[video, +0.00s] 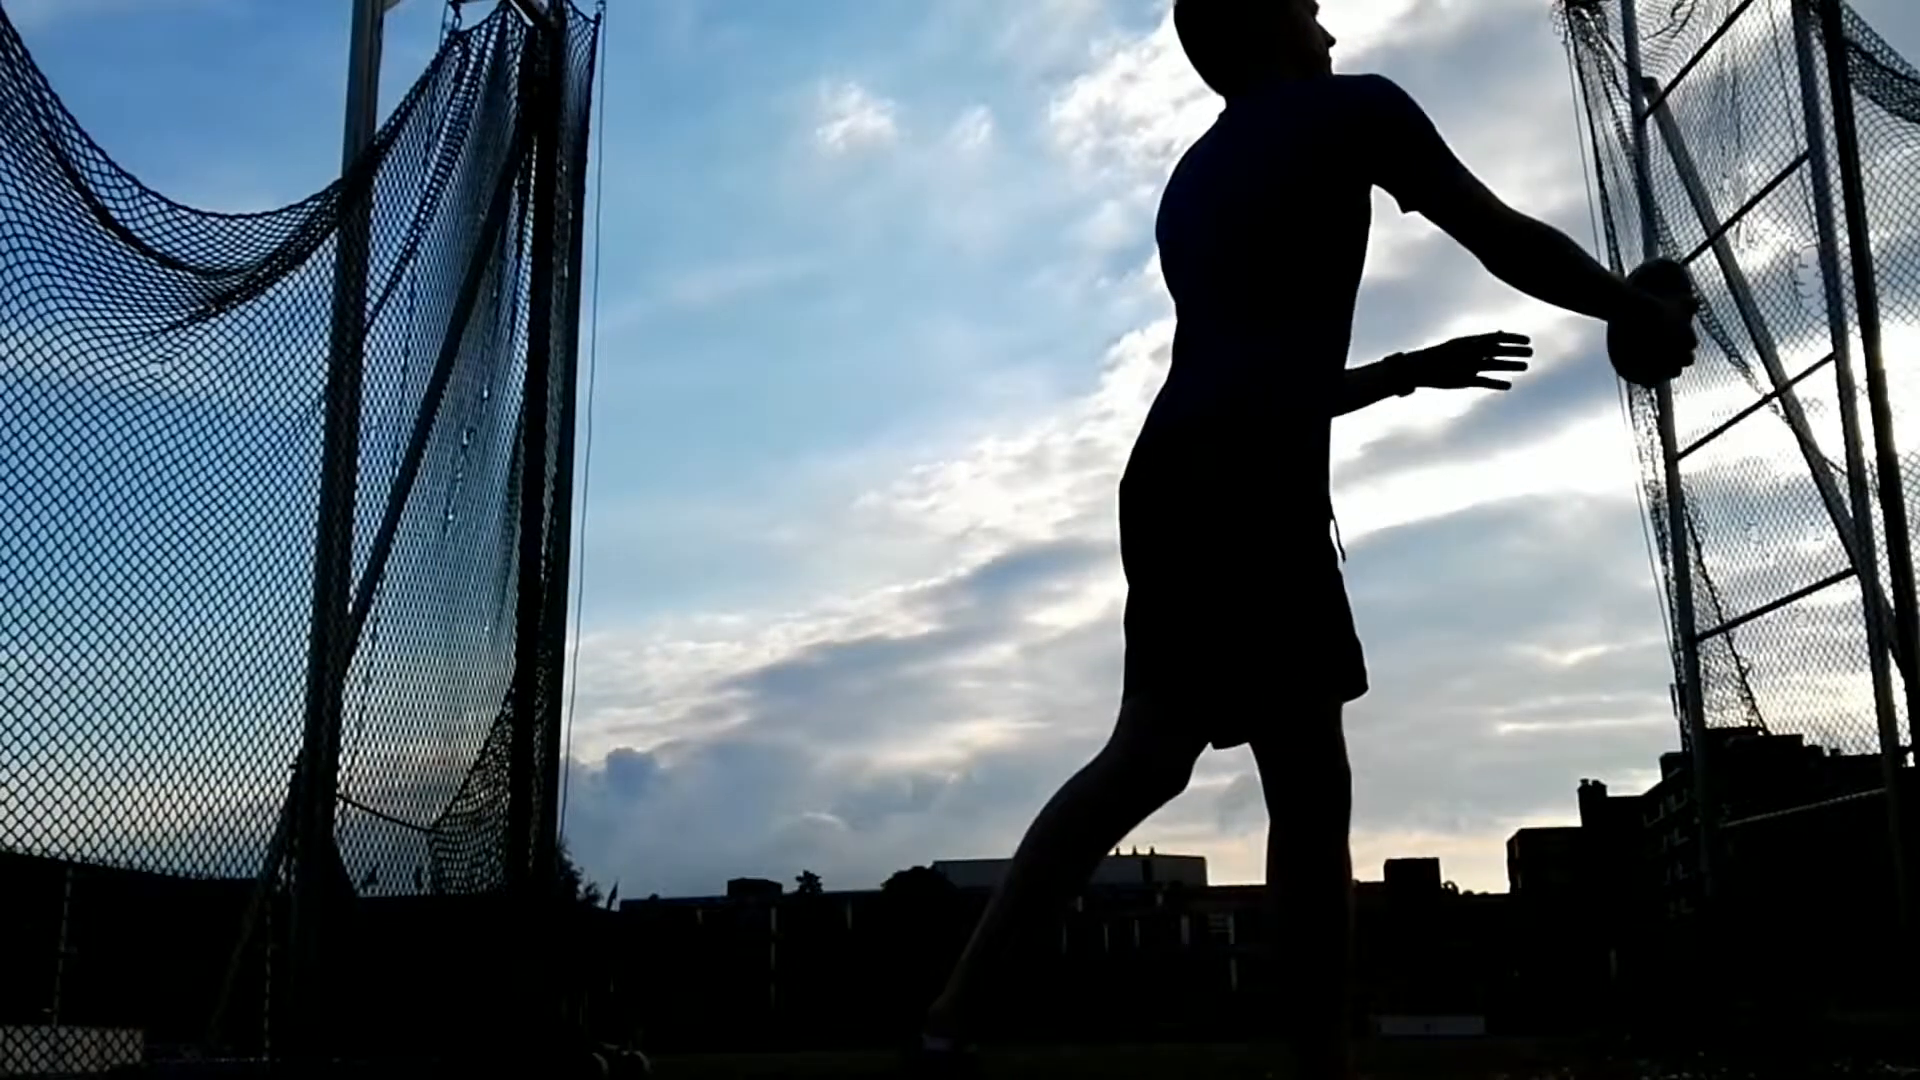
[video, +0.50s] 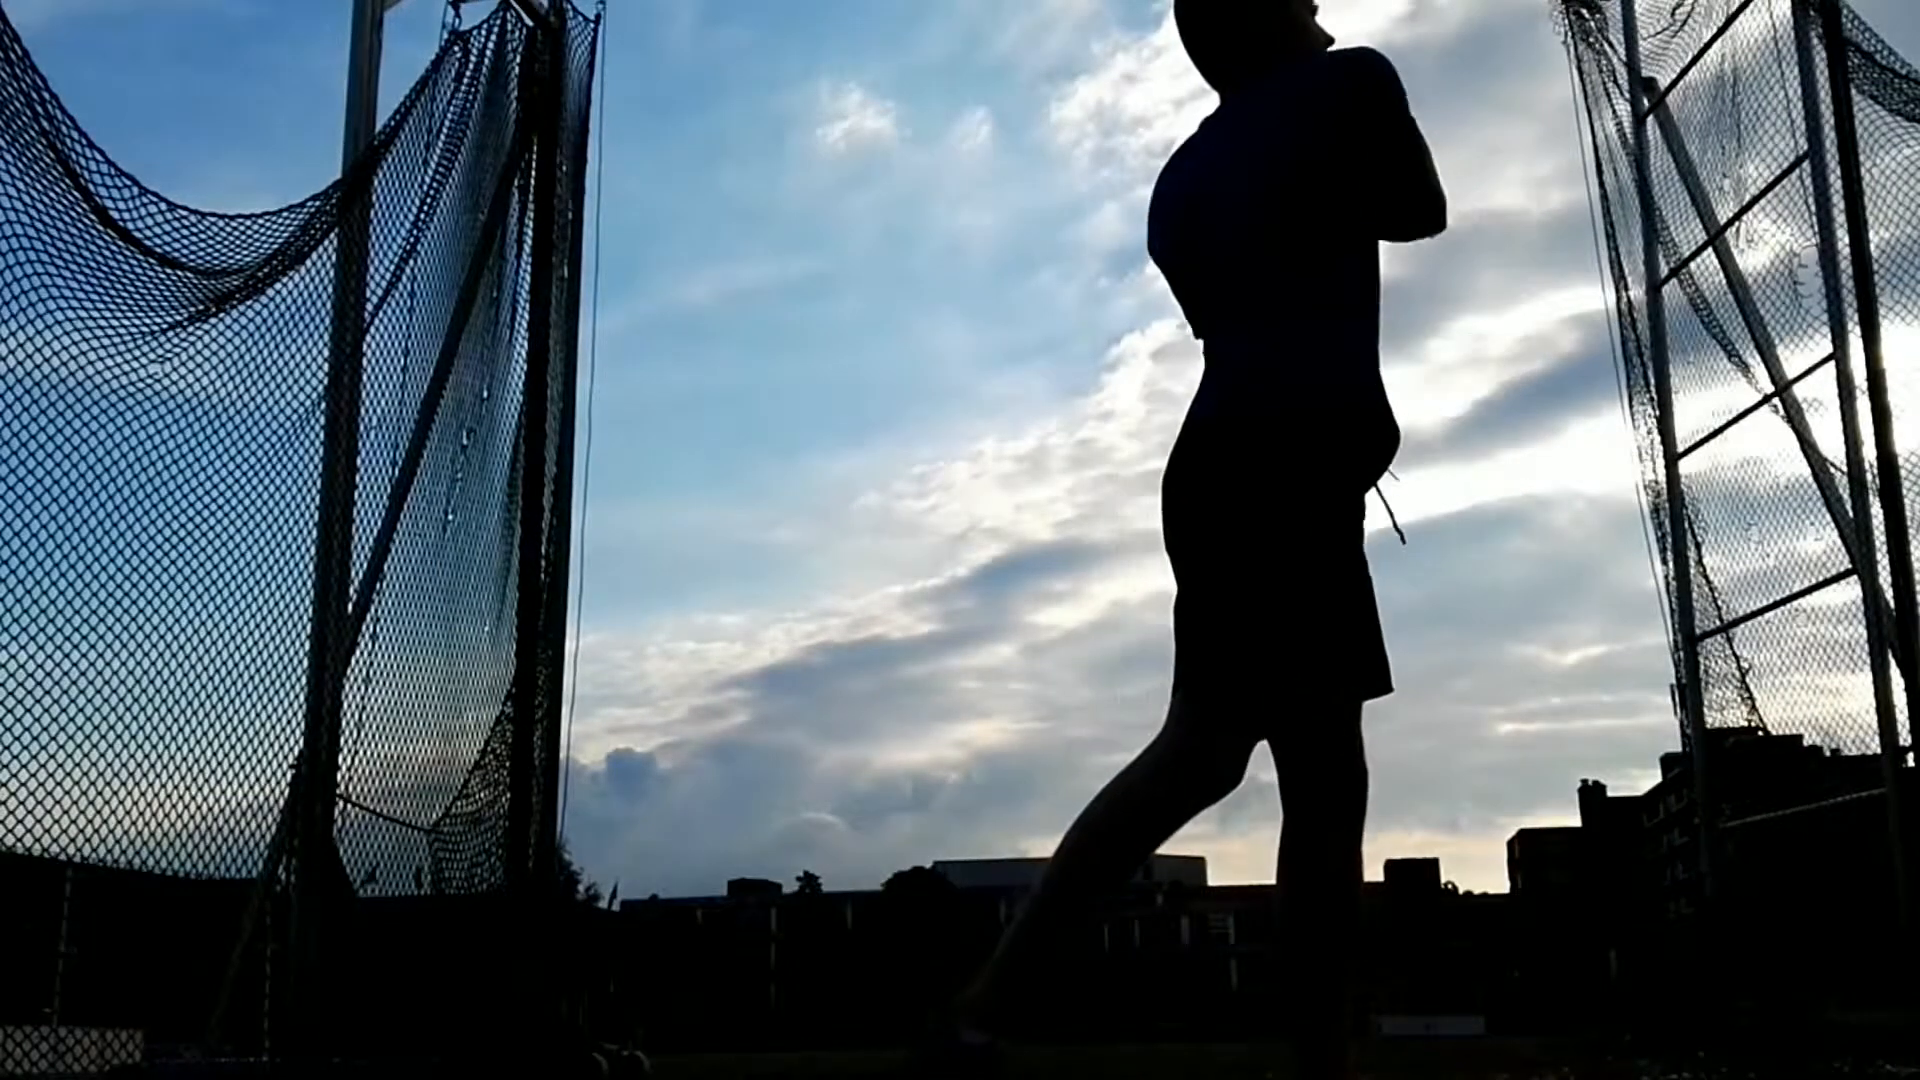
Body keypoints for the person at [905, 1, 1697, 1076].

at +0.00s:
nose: (1325, 26)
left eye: (1312, 9)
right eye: (1306, 12)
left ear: (1215, 55)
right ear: (1276, 28)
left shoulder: (1192, 183)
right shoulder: (1358, 107)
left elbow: (1258, 394)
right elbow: (1501, 238)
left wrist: (1413, 371)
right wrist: (1625, 303)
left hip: (1169, 490)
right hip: (1263, 490)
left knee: (1144, 758)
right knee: (1308, 785)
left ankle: (963, 1003)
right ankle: (1318, 1057)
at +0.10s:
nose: (1320, 27)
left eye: (1307, 12)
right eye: (1303, 13)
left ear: (1213, 54)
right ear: (1279, 27)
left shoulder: (1188, 186)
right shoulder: (1355, 98)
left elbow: (1272, 381)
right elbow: (1491, 234)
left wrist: (1407, 351)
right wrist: (1580, 295)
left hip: (1180, 486)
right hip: (1274, 486)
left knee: (1157, 756)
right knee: (1313, 783)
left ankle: (965, 1006)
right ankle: (1321, 1053)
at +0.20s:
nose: (1323, 24)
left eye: (1310, 9)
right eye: (1306, 10)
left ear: (1207, 50)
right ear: (1286, 22)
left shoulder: (1186, 183)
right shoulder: (1358, 91)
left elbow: (1268, 369)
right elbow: (1490, 241)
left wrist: (1393, 337)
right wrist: (1489, 290)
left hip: (1190, 485)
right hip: (1279, 486)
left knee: (1170, 753)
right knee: (1315, 785)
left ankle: (976, 998)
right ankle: (1319, 1055)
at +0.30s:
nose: (1319, 24)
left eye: (1309, 10)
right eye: (1305, 10)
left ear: (1206, 51)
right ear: (1282, 21)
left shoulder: (1182, 187)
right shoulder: (1355, 85)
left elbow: (1293, 329)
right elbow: (1458, 227)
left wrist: (1399, 275)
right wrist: (1409, 264)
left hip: (1202, 479)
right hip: (1288, 476)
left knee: (1182, 750)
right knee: (1317, 780)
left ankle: (987, 996)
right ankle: (1319, 1046)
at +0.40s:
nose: (1318, 22)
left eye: (1307, 9)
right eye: (1304, 8)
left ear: (1203, 48)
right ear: (1283, 19)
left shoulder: (1179, 187)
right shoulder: (1352, 80)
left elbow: (1239, 330)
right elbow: (1438, 224)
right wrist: (1342, 228)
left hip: (1207, 474)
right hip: (1302, 469)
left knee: (1190, 749)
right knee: (1322, 769)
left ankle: (1004, 985)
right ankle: (1316, 1041)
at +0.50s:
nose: (1315, 20)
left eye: (1301, 9)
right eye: (1302, 8)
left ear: (1203, 49)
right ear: (1284, 18)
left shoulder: (1177, 185)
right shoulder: (1347, 82)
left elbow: (1226, 325)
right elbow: (1416, 212)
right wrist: (1323, 91)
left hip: (1210, 473)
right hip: (1307, 468)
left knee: (1198, 749)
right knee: (1326, 767)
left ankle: (1007, 980)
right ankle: (1323, 1035)